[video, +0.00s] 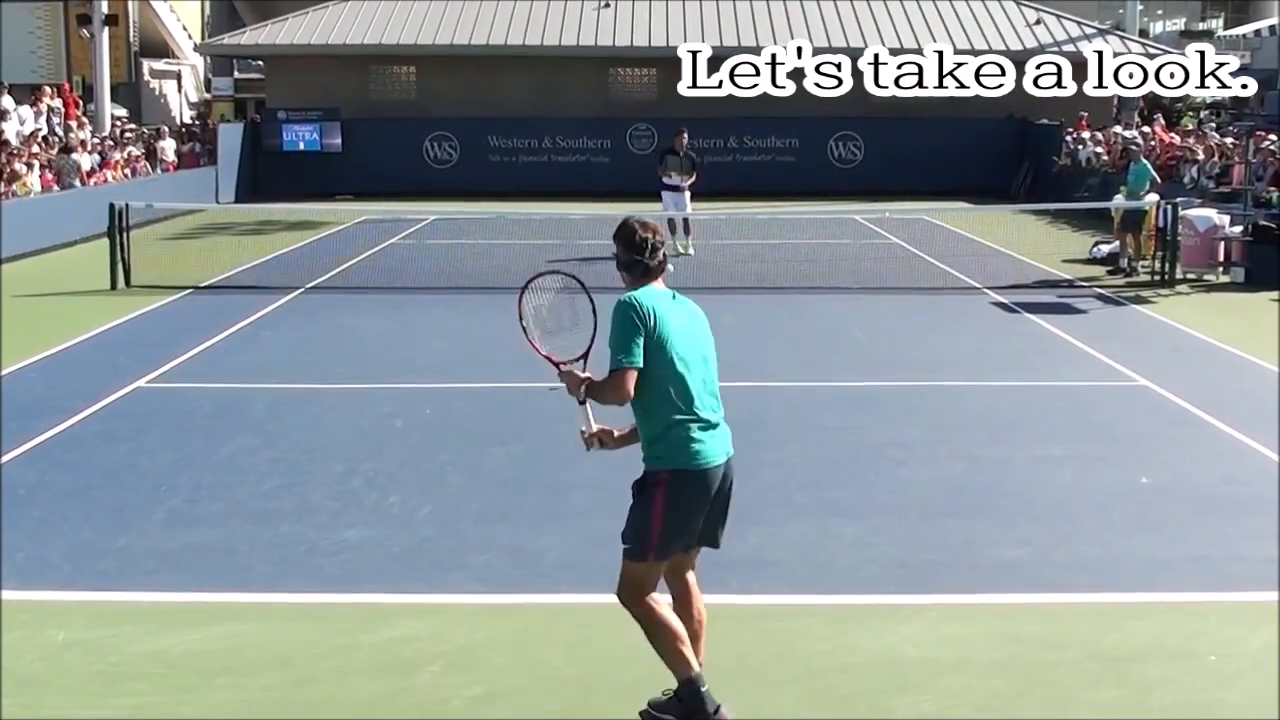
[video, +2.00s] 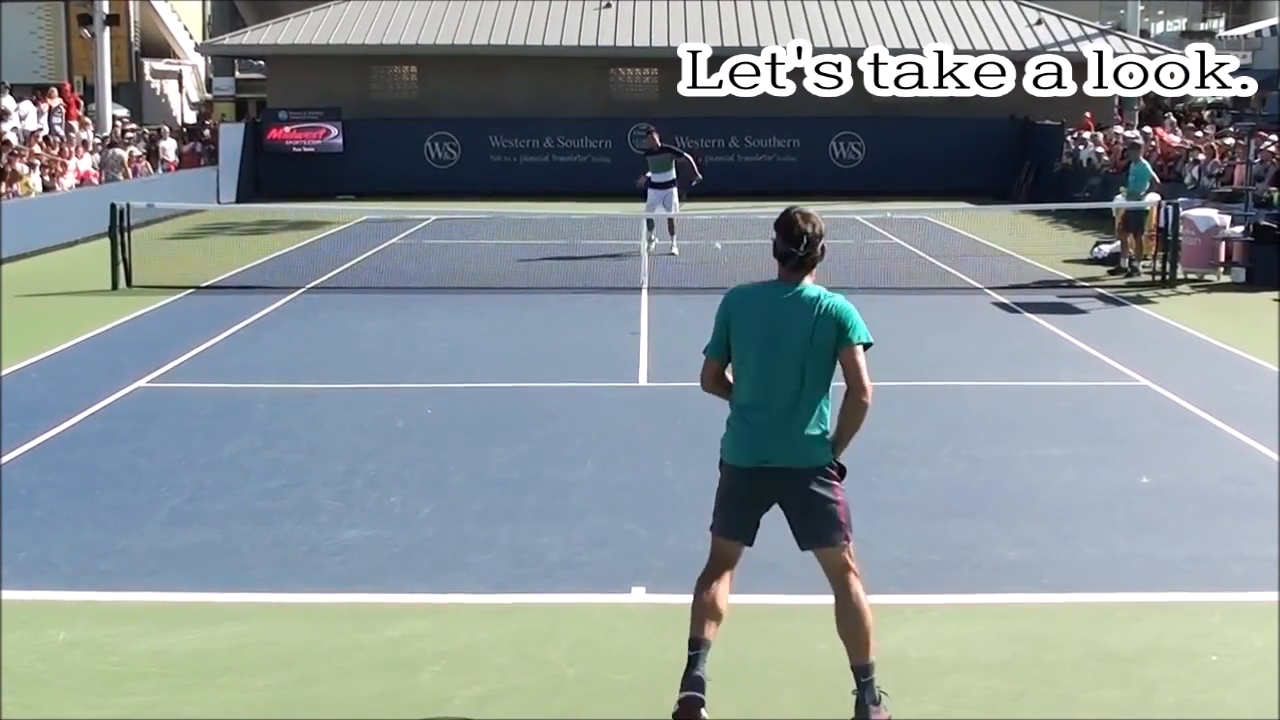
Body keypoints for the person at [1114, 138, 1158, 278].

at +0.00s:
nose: (1130, 154)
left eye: (1133, 151)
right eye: (1129, 151)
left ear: (1139, 151)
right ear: (1129, 152)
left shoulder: (1145, 165)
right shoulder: (1132, 165)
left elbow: (1157, 181)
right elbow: (1133, 181)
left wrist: (1146, 193)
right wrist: (1126, 190)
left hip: (1140, 205)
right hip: (1129, 203)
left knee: (1136, 235)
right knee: (1121, 233)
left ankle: (1136, 265)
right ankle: (1122, 264)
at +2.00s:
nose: (1129, 154)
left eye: (1132, 151)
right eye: (1129, 151)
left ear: (1138, 152)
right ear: (1130, 152)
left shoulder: (1145, 166)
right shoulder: (1132, 165)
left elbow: (1156, 182)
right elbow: (1134, 182)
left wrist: (1144, 193)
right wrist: (1126, 191)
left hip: (1140, 206)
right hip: (1129, 204)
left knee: (1138, 236)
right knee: (1123, 234)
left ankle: (1137, 265)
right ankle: (1123, 263)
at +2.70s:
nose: (1128, 154)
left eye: (1131, 151)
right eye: (1127, 151)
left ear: (1137, 152)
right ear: (1127, 153)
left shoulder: (1143, 166)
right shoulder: (1130, 165)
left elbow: (1155, 182)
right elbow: (1130, 182)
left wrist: (1143, 194)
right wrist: (1124, 190)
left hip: (1138, 204)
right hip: (1127, 203)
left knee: (1135, 235)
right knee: (1121, 233)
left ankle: (1135, 266)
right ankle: (1122, 264)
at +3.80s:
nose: (1122, 155)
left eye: (1124, 152)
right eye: (1122, 152)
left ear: (1131, 152)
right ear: (1124, 153)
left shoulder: (1138, 166)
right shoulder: (1125, 166)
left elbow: (1149, 183)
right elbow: (1125, 182)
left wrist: (1137, 194)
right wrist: (1119, 190)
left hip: (1133, 206)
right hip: (1123, 204)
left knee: (1130, 235)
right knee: (1117, 234)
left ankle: (1131, 266)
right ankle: (1118, 264)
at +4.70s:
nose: (1125, 149)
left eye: (1128, 147)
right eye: (1125, 147)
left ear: (1134, 147)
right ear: (1124, 148)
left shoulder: (1140, 161)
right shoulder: (1126, 161)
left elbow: (1152, 178)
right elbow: (1126, 178)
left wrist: (1139, 189)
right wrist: (1121, 186)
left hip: (1135, 200)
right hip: (1124, 198)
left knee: (1131, 231)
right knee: (1116, 229)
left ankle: (1130, 260)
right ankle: (1117, 259)